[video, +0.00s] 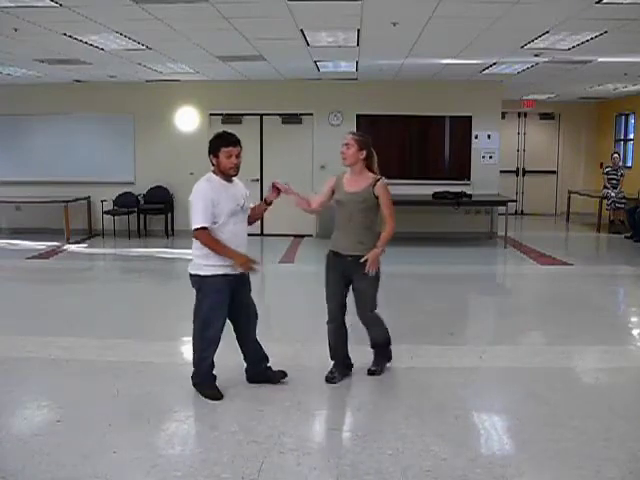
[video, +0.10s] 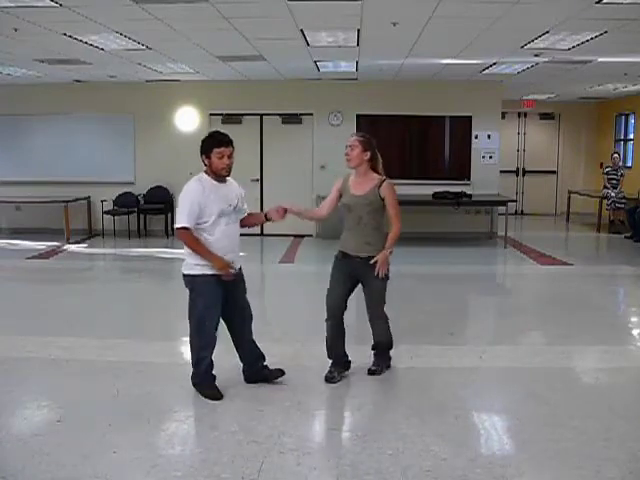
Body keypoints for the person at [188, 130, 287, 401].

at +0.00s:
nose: (235, 161)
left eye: (238, 156)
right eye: (229, 156)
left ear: (240, 157)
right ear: (214, 158)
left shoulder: (238, 186)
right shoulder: (203, 189)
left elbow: (246, 220)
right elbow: (200, 233)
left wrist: (267, 202)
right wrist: (237, 257)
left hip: (235, 271)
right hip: (210, 273)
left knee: (246, 321)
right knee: (208, 330)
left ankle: (257, 369)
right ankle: (203, 379)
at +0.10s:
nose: (227, 162)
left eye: (230, 156)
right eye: (220, 157)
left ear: (233, 157)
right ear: (206, 159)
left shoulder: (233, 188)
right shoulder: (194, 189)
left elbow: (240, 220)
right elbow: (182, 231)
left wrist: (267, 216)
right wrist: (216, 261)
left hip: (230, 271)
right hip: (203, 273)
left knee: (241, 322)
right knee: (203, 330)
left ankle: (254, 369)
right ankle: (203, 379)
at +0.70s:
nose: (227, 163)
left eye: (230, 157)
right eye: (220, 158)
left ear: (233, 158)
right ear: (205, 160)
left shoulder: (232, 190)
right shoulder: (190, 189)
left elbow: (249, 220)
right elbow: (170, 229)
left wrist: (282, 222)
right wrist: (184, 253)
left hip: (224, 273)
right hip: (198, 274)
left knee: (218, 327)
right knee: (205, 330)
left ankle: (212, 371)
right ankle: (202, 384)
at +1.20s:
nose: (250, 162)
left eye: (253, 157)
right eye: (244, 157)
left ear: (255, 158)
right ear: (229, 158)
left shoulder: (236, 184)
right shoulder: (227, 186)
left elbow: (242, 219)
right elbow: (254, 227)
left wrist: (264, 205)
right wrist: (290, 213)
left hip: (239, 270)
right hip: (225, 272)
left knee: (243, 325)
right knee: (224, 328)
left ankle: (242, 374)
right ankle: (202, 383)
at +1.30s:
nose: (255, 162)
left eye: (259, 157)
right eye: (249, 156)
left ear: (261, 158)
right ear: (234, 158)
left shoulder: (242, 184)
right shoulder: (233, 187)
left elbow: (250, 219)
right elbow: (260, 226)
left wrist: (271, 210)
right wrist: (297, 211)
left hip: (243, 268)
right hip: (230, 270)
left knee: (246, 323)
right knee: (237, 324)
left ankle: (242, 374)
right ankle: (206, 379)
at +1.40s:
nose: (261, 162)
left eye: (264, 157)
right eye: (255, 157)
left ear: (267, 158)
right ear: (240, 158)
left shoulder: (246, 184)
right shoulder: (239, 187)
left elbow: (258, 216)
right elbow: (264, 226)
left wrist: (282, 201)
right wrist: (298, 208)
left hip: (245, 267)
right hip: (236, 269)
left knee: (245, 322)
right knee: (252, 323)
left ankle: (242, 373)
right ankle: (215, 371)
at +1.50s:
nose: (268, 162)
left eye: (271, 157)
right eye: (262, 157)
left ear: (273, 157)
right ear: (246, 157)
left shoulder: (253, 183)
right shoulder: (244, 187)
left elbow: (264, 214)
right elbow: (263, 226)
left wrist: (289, 200)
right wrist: (295, 206)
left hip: (248, 267)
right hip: (242, 269)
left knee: (244, 321)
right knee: (259, 323)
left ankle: (244, 373)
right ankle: (233, 377)